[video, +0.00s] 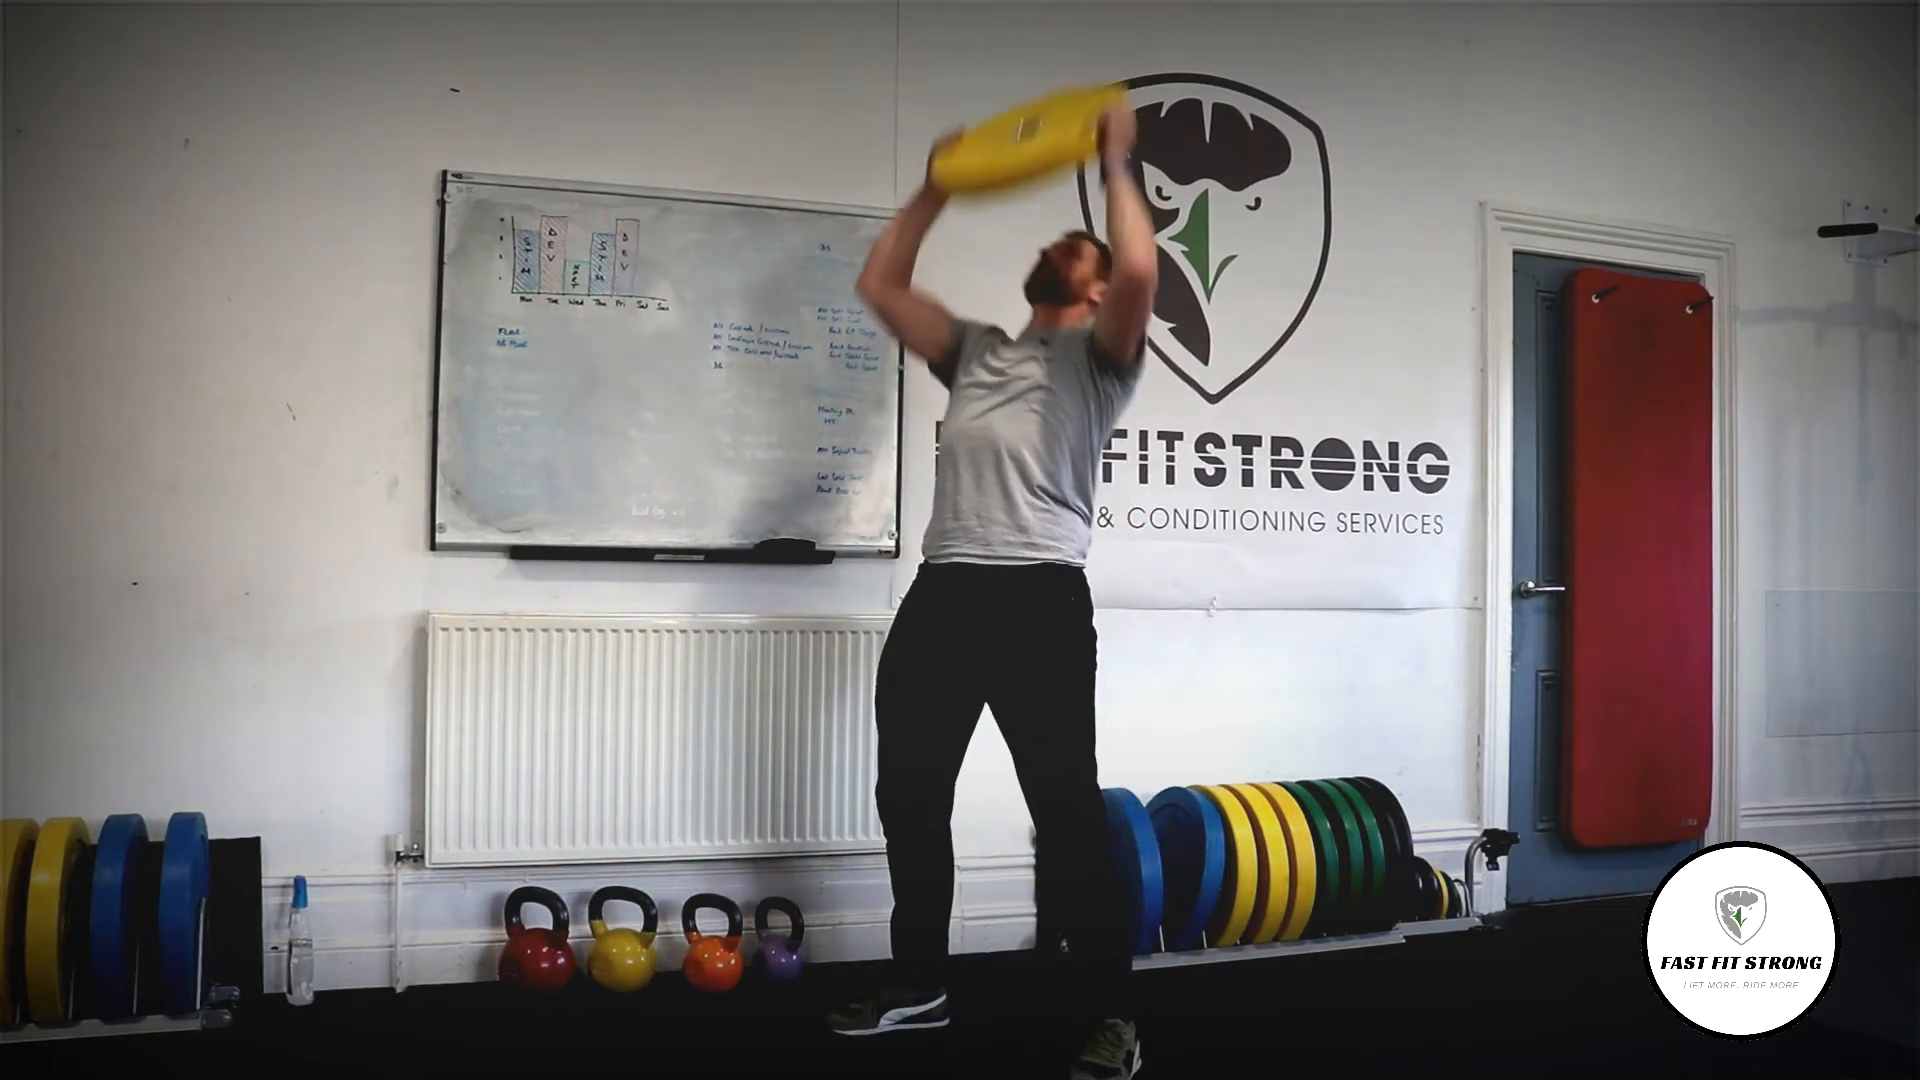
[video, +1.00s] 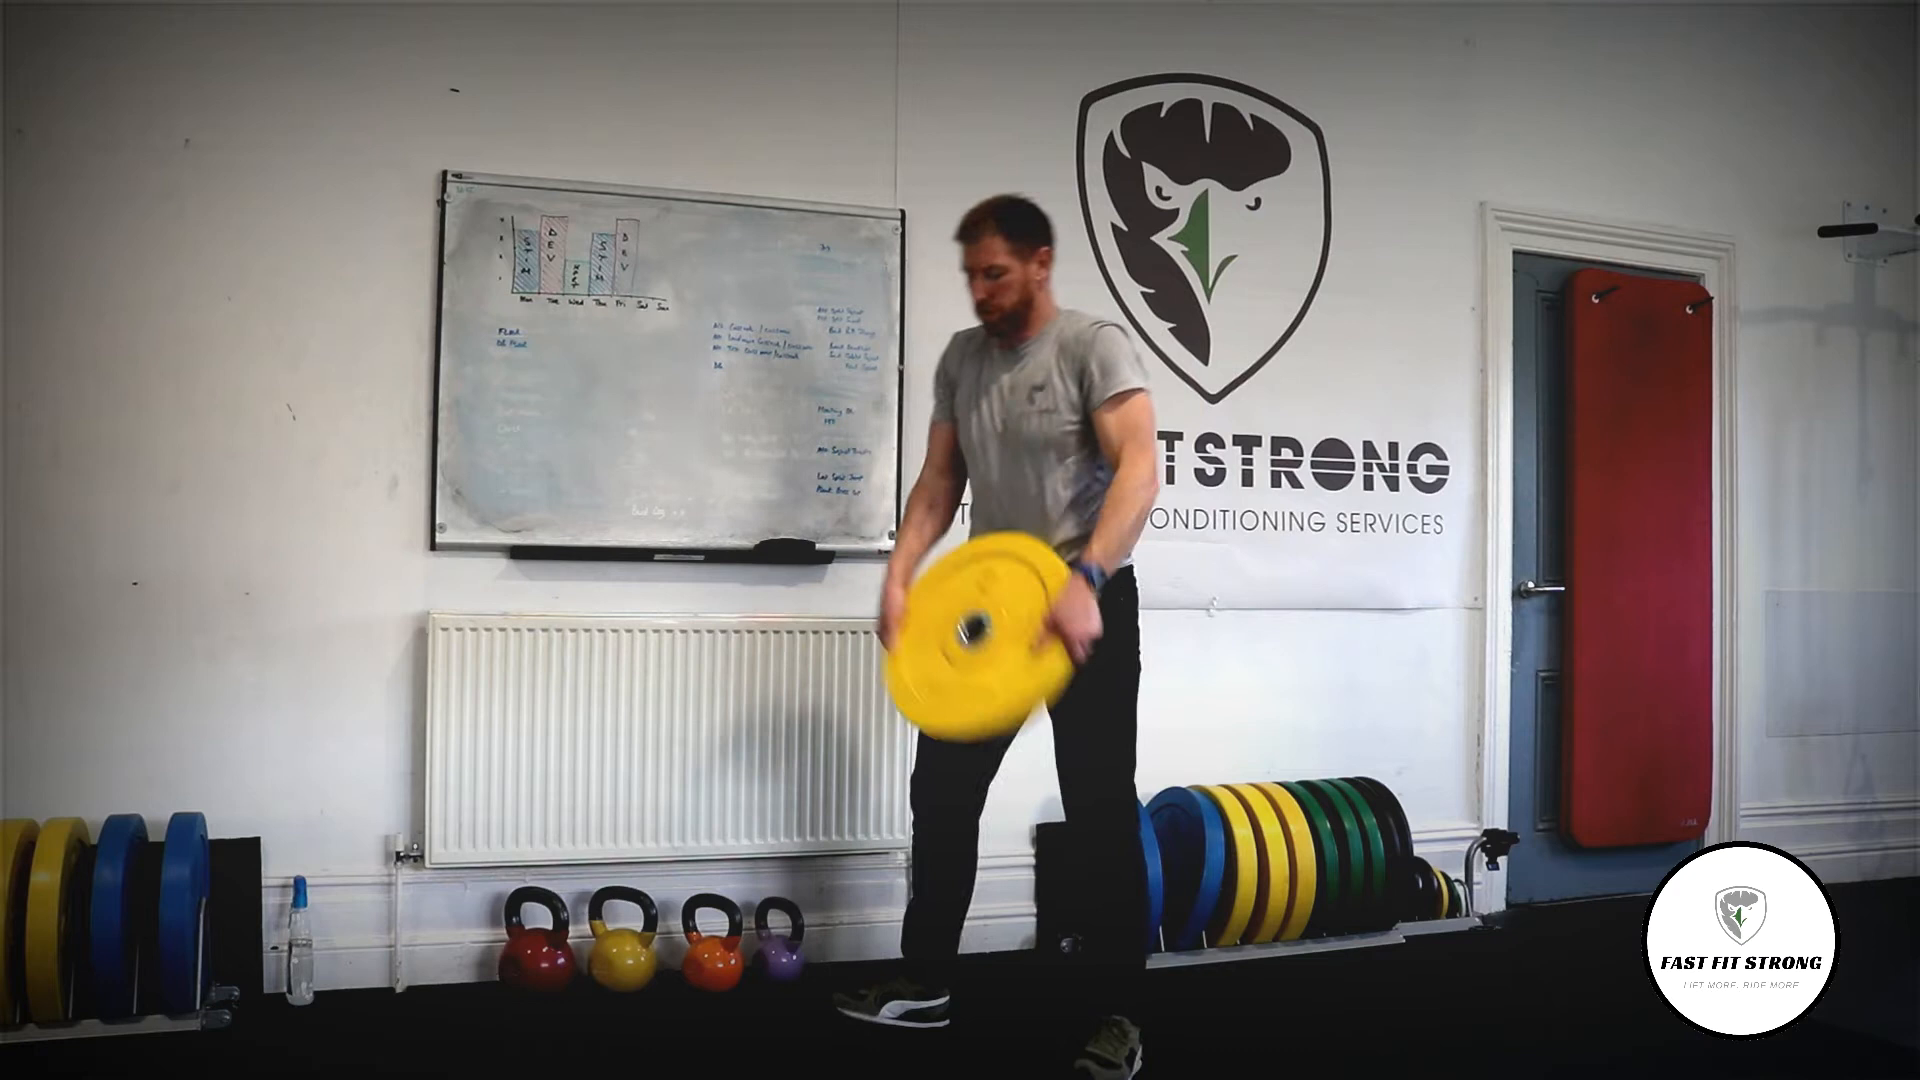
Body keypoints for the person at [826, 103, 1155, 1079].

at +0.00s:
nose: (1062, 252)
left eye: (1082, 252)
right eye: (1057, 248)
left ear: (1104, 287)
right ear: (1035, 281)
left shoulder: (1099, 360)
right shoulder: (973, 350)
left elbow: (1136, 276)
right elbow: (881, 283)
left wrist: (1117, 163)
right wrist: (934, 190)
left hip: (1041, 596)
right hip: (941, 595)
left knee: (1064, 804)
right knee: (910, 798)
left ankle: (1097, 1011)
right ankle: (919, 987)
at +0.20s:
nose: (1076, 285)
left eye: (1097, 282)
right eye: (1074, 275)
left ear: (1124, 313)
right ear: (1046, 286)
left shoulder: (1109, 381)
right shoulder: (991, 373)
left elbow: (1141, 448)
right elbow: (899, 449)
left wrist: (1103, 332)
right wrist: (918, 345)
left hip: (1047, 596)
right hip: (949, 597)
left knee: (1067, 806)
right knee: (909, 799)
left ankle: (1101, 1011)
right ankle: (921, 988)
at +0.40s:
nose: (1057, 290)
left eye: (1077, 280)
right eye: (1050, 275)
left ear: (1113, 310)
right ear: (1032, 298)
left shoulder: (1128, 383)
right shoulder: (991, 373)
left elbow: (1153, 500)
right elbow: (933, 503)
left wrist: (1102, 391)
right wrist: (926, 392)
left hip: (1051, 591)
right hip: (955, 590)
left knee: (1063, 803)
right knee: (908, 794)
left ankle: (1100, 1012)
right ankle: (923, 989)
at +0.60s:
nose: (1045, 283)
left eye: (1063, 271)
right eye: (1040, 272)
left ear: (1108, 288)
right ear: (1035, 284)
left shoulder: (1131, 356)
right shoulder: (1005, 359)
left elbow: (1167, 475)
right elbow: (950, 492)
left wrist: (1092, 396)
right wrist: (912, 407)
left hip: (1063, 591)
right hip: (968, 589)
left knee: (1073, 802)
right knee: (921, 793)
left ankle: (1101, 1011)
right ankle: (924, 989)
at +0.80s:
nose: (1023, 281)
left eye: (1039, 265)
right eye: (1016, 267)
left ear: (1087, 265)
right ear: (1013, 271)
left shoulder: (1127, 339)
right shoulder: (1001, 347)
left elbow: (1166, 447)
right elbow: (953, 446)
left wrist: (1080, 460)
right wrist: (890, 474)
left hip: (1081, 596)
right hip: (987, 597)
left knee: (1090, 799)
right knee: (941, 791)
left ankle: (1108, 1008)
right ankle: (929, 982)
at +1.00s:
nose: (978, 288)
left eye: (992, 272)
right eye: (970, 274)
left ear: (1040, 264)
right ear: (967, 273)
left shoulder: (1093, 343)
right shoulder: (962, 359)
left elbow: (1140, 468)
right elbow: (939, 483)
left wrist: (1088, 576)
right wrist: (897, 572)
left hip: (1087, 593)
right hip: (993, 599)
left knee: (1098, 801)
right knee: (942, 787)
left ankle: (1115, 1012)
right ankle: (924, 985)